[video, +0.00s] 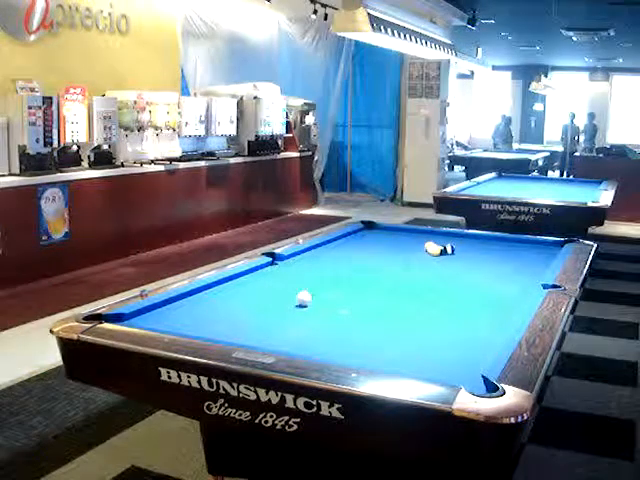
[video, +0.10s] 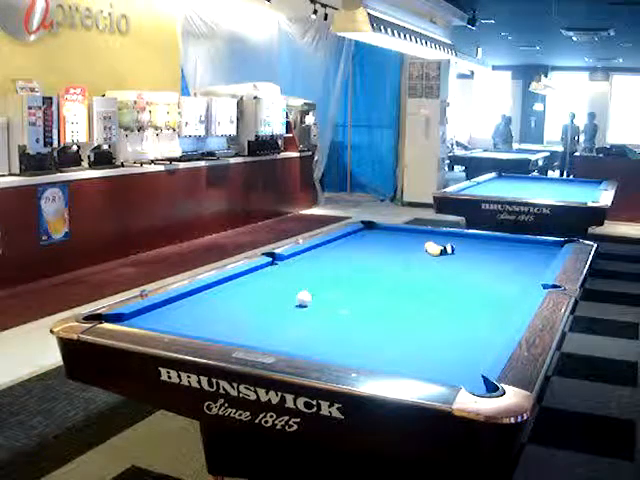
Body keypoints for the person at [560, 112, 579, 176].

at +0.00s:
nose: (571, 118)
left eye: (572, 116)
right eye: (570, 116)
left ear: (574, 117)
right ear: (569, 117)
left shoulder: (576, 127)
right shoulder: (565, 126)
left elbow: (578, 136)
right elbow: (562, 135)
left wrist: (577, 143)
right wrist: (563, 142)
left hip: (573, 146)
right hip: (565, 146)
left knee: (571, 161)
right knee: (563, 160)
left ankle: (568, 174)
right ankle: (561, 173)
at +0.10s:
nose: (571, 118)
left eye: (572, 116)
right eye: (570, 116)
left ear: (574, 117)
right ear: (569, 117)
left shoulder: (576, 127)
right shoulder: (565, 126)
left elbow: (578, 136)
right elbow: (562, 135)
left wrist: (577, 143)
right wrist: (563, 142)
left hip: (573, 146)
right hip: (565, 146)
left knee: (571, 160)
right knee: (563, 160)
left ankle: (568, 173)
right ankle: (561, 173)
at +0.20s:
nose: (571, 118)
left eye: (572, 116)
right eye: (570, 116)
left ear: (574, 117)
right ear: (569, 117)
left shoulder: (576, 127)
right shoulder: (565, 126)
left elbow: (578, 136)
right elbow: (562, 135)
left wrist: (577, 143)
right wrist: (563, 141)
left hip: (573, 146)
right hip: (565, 146)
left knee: (571, 160)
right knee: (563, 160)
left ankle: (569, 173)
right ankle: (561, 173)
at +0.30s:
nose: (571, 118)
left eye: (572, 116)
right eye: (570, 116)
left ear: (574, 117)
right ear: (569, 117)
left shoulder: (576, 127)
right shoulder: (565, 126)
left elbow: (578, 136)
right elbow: (562, 135)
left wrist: (577, 144)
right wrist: (563, 142)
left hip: (573, 146)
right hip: (565, 146)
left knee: (571, 160)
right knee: (563, 160)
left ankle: (569, 173)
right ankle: (561, 173)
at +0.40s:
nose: (571, 118)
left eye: (573, 116)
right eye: (570, 116)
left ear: (574, 117)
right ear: (569, 117)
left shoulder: (576, 127)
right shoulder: (565, 126)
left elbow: (578, 136)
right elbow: (562, 135)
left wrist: (577, 144)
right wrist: (563, 142)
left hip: (573, 146)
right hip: (565, 146)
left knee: (571, 161)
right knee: (563, 160)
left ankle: (569, 173)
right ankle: (561, 173)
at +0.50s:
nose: (572, 118)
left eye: (573, 117)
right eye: (571, 116)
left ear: (574, 117)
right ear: (569, 117)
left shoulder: (576, 128)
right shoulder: (565, 126)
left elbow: (578, 137)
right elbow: (562, 136)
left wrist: (577, 145)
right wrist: (563, 143)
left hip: (572, 147)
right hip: (565, 146)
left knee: (570, 161)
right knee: (563, 161)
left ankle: (568, 174)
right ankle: (561, 174)